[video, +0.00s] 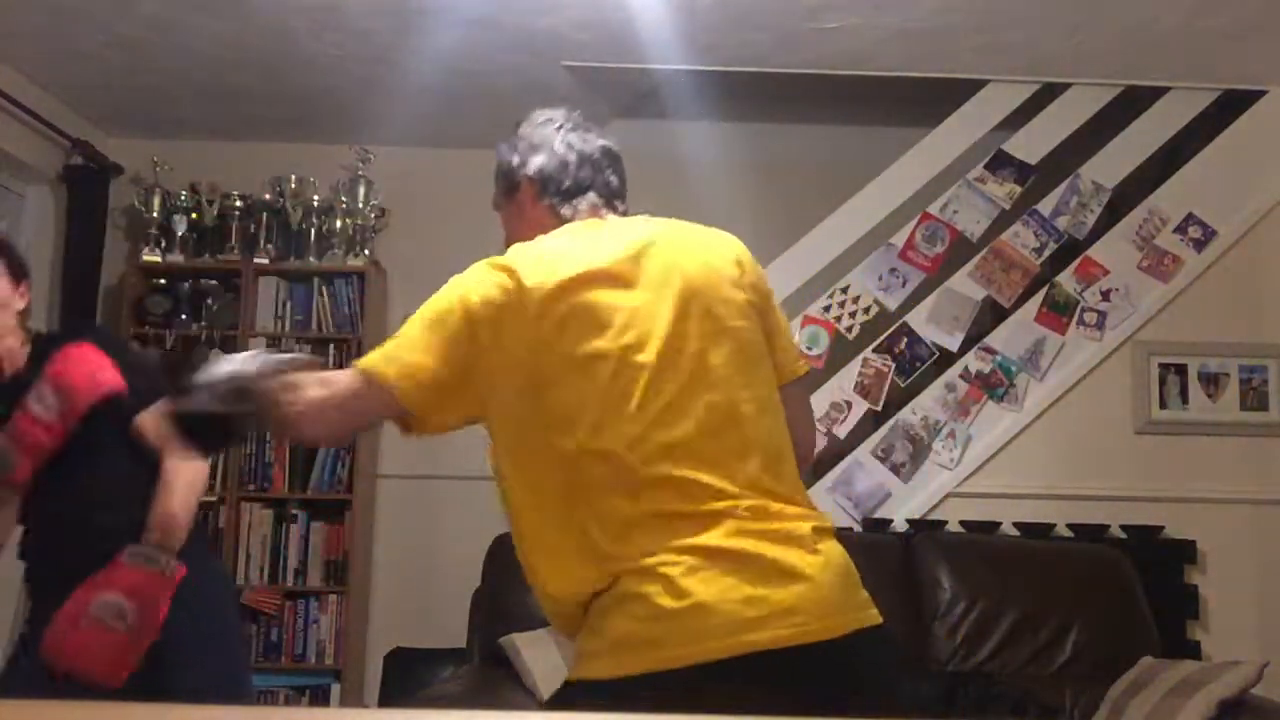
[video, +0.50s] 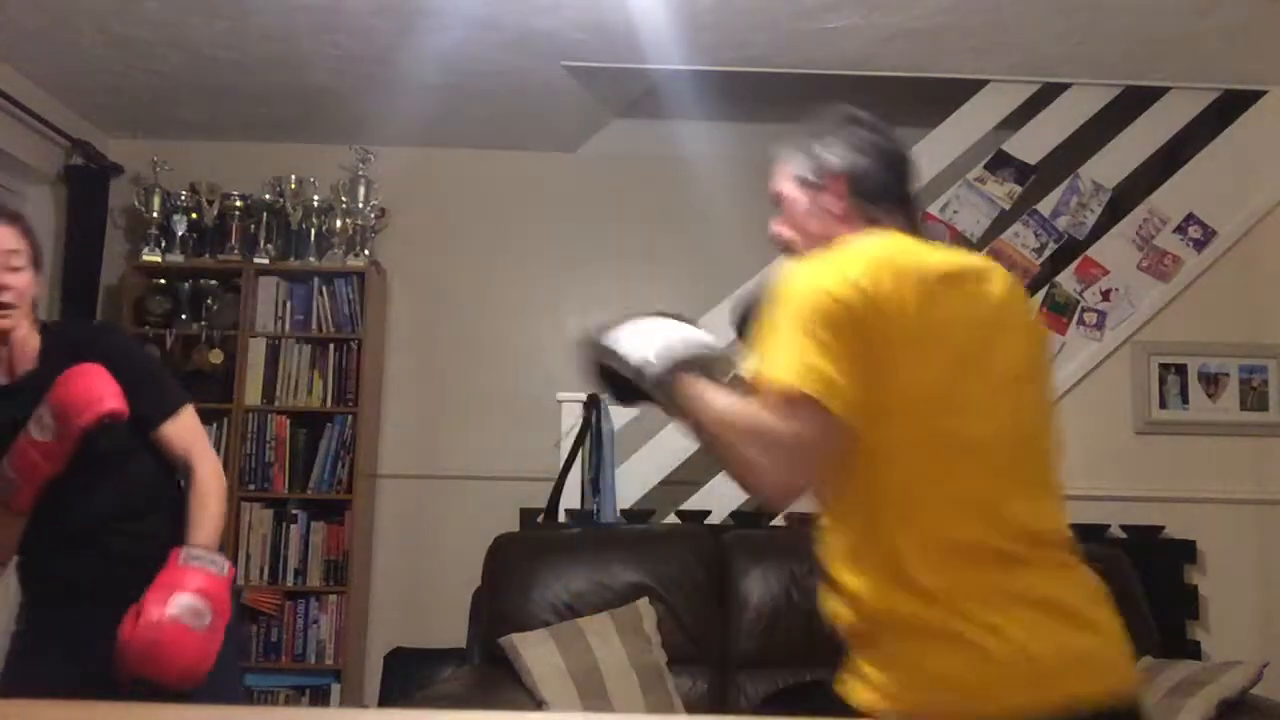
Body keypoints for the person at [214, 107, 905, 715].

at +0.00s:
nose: (507, 231)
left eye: (506, 207)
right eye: (504, 210)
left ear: (531, 193)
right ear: (614, 189)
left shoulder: (504, 286)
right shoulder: (726, 255)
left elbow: (322, 413)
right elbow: (799, 443)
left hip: (655, 654)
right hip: (831, 632)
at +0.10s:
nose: (527, 233)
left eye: (527, 208)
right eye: (525, 213)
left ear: (561, 186)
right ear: (639, 187)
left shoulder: (540, 278)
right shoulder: (754, 260)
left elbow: (316, 380)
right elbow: (815, 440)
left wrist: (264, 330)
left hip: (675, 657)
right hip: (841, 636)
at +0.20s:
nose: (575, 240)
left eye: (576, 220)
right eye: (575, 222)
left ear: (610, 208)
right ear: (690, 212)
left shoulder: (575, 302)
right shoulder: (801, 300)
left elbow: (367, 331)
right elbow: (823, 454)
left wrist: (234, 303)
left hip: (700, 688)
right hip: (863, 674)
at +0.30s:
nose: (644, 219)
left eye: (650, 199)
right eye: (645, 201)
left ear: (695, 187)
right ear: (756, 191)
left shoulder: (646, 288)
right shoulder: (868, 285)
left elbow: (438, 355)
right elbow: (894, 448)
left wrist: (320, 318)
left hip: (749, 679)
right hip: (915, 670)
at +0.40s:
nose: (710, 199)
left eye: (716, 176)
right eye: (709, 178)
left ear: (758, 163)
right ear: (830, 167)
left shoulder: (731, 251)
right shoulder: (933, 252)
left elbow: (603, 382)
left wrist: (503, 340)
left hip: (836, 658)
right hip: (1008, 649)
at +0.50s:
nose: (777, 230)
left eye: (782, 204)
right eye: (774, 209)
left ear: (832, 192)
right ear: (899, 200)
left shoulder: (828, 279)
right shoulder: (1001, 286)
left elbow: (780, 468)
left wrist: (675, 377)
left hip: (931, 683)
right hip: (1085, 667)